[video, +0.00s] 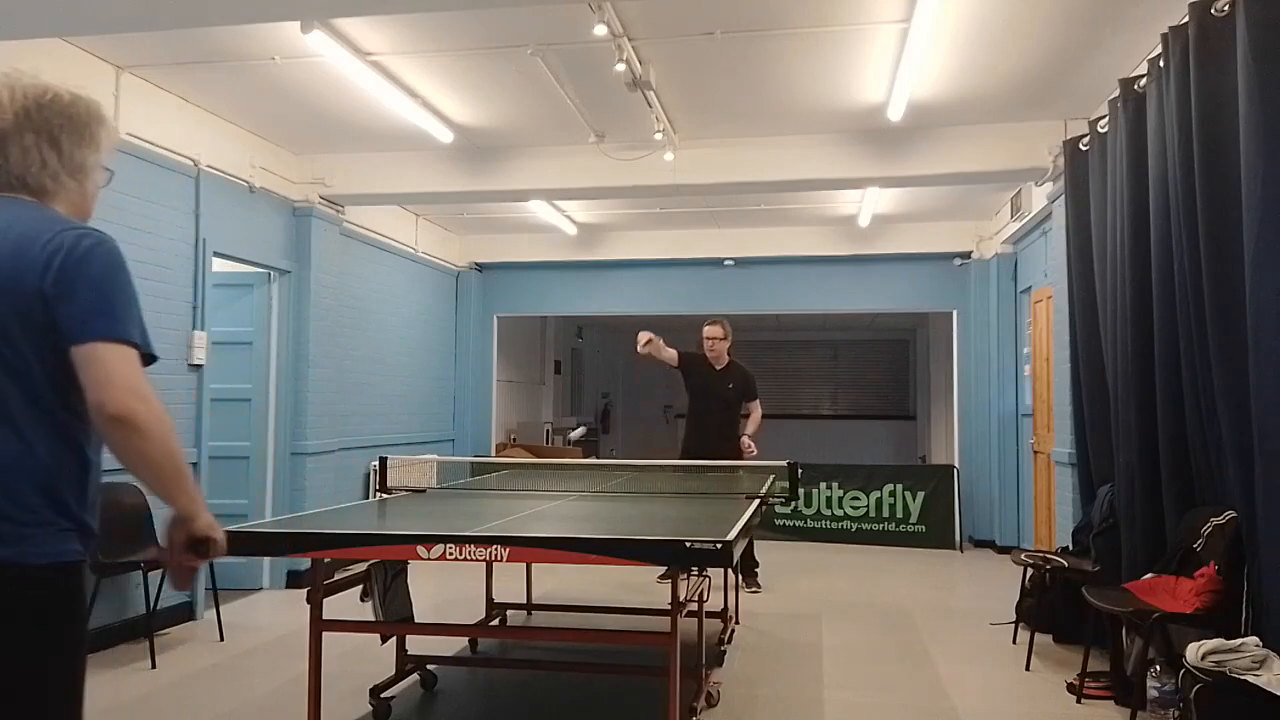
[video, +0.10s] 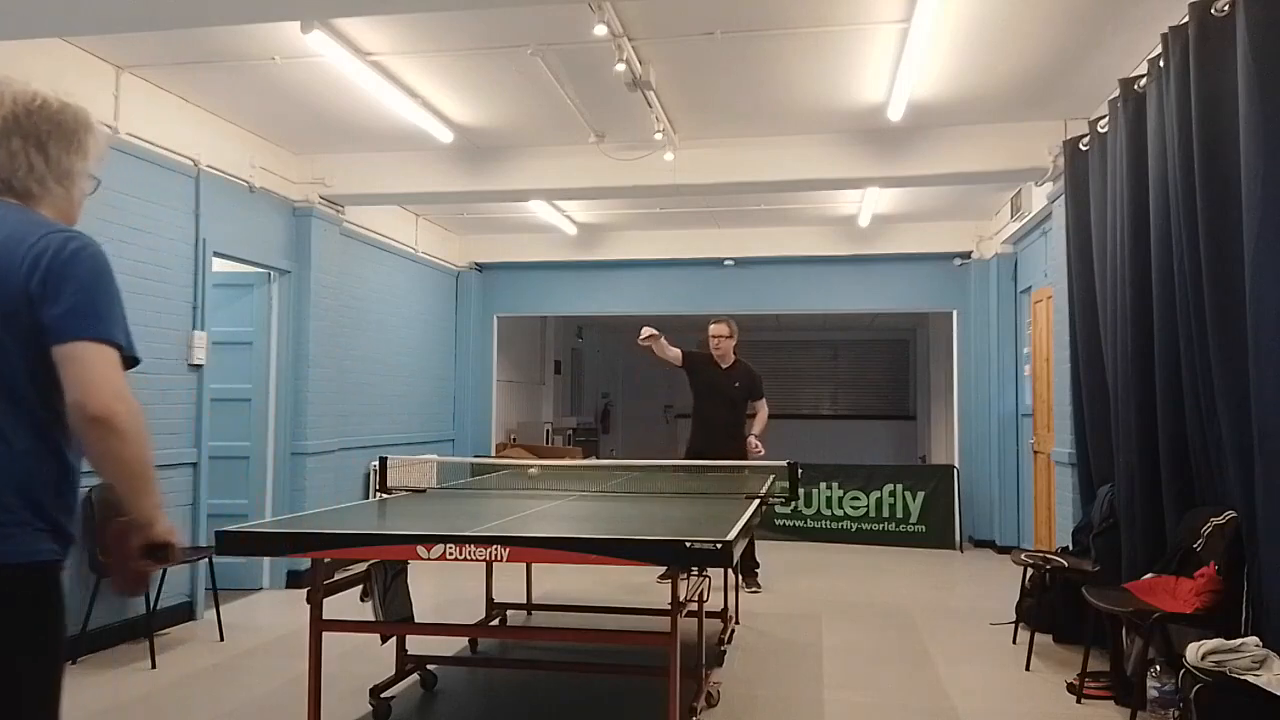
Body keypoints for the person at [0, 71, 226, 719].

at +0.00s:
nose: (102, 184)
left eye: (104, 169)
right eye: (98, 168)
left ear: (18, 160)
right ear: (62, 164)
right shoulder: (72, 249)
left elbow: (115, 401)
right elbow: (117, 403)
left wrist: (182, 511)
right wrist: (190, 509)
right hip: (33, 562)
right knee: (41, 706)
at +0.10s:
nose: (90, 194)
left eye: (93, 178)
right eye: (88, 176)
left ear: (11, 165)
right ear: (57, 170)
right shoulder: (58, 252)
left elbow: (94, 404)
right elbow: (97, 405)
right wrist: (147, 519)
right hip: (18, 558)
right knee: (26, 703)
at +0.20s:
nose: (75, 207)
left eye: (78, 193)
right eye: (74, 190)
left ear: (12, 175)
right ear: (44, 180)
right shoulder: (45, 260)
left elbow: (67, 412)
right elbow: (73, 413)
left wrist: (40, 546)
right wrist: (101, 531)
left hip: (13, 554)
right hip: (7, 554)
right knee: (13, 704)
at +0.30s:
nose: (53, 212)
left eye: (58, 199)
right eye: (54, 197)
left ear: (6, 179)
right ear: (29, 184)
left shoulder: (28, 266)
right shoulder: (27, 264)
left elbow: (43, 419)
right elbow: (45, 420)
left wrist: (40, 541)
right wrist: (60, 536)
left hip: (4, 555)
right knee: (6, 701)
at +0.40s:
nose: (30, 211)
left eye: (34, 198)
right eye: (32, 196)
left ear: (11, 191)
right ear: (18, 190)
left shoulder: (22, 265)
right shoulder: (16, 264)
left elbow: (24, 419)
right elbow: (24, 419)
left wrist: (24, 542)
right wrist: (40, 535)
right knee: (9, 702)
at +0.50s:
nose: (17, 210)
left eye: (20, 198)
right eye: (18, 196)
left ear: (13, 191)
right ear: (6, 188)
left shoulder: (17, 265)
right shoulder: (11, 263)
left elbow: (20, 413)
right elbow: (18, 415)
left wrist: (41, 533)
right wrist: (44, 533)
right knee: (11, 699)